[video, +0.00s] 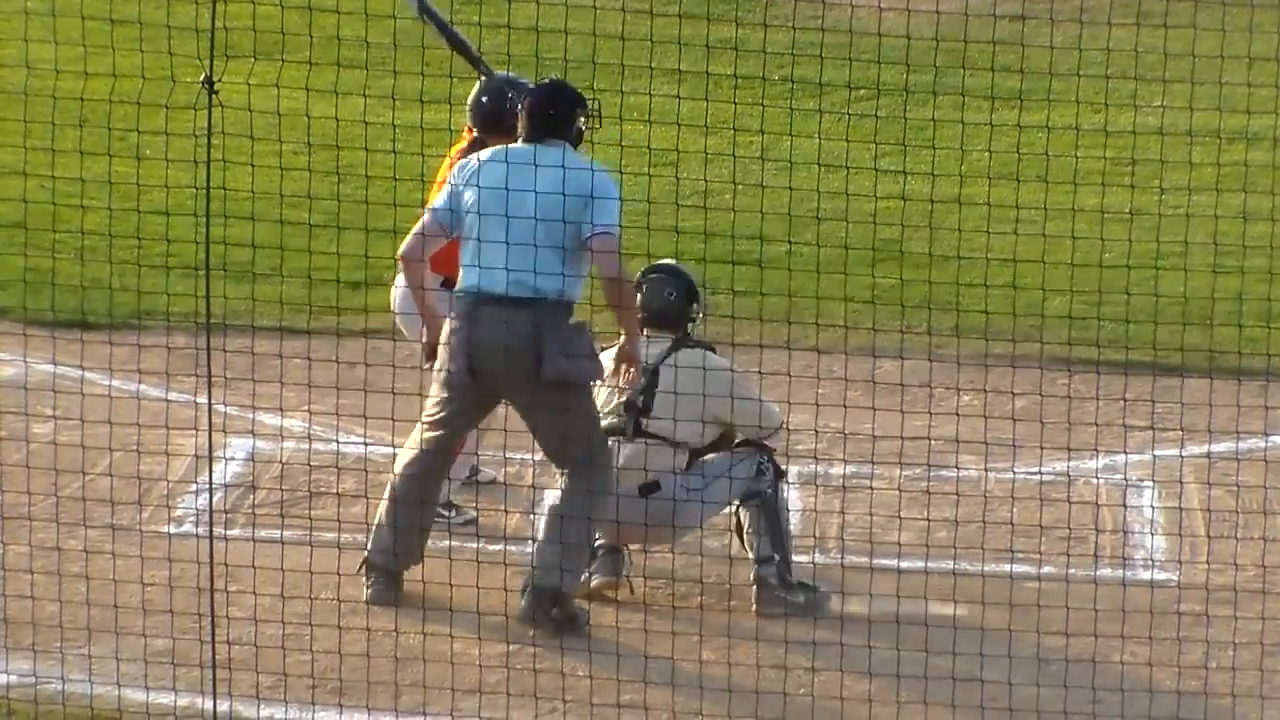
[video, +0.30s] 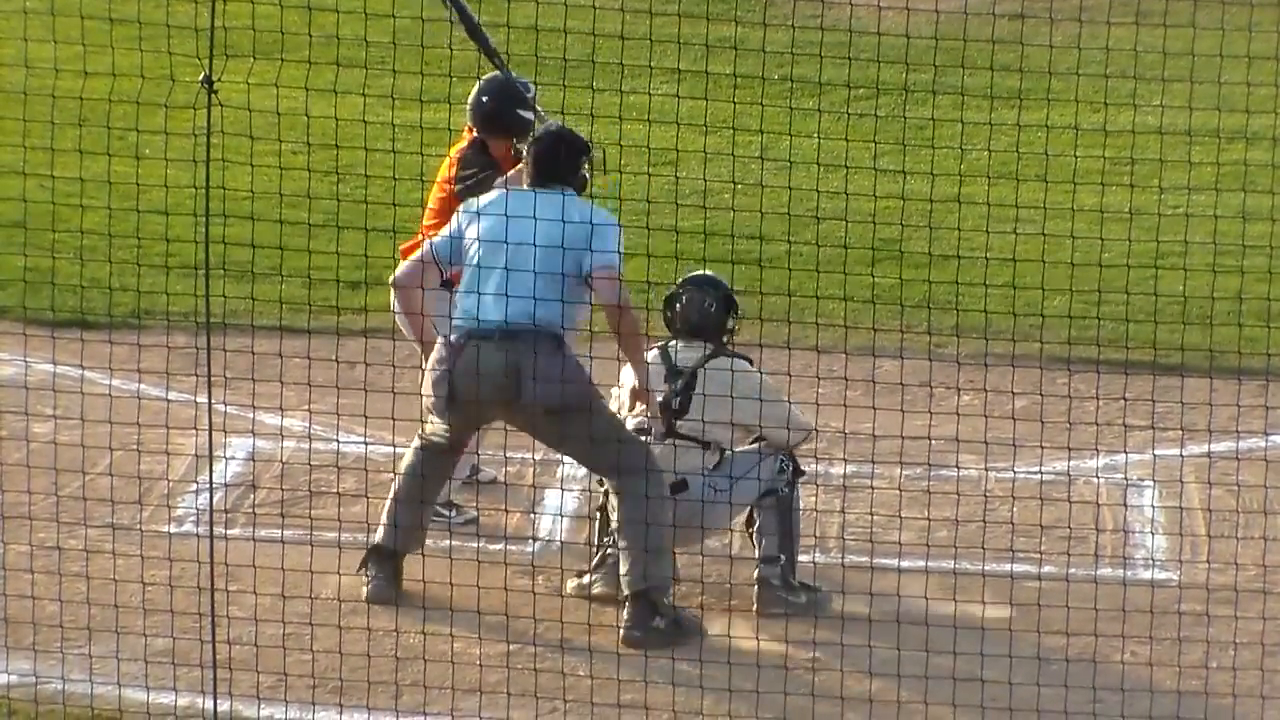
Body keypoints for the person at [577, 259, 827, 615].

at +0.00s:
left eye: (637, 299)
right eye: (691, 306)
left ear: (636, 310)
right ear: (687, 315)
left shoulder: (604, 361)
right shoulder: (703, 365)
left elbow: (593, 429)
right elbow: (769, 428)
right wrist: (701, 450)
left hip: (594, 504)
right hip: (660, 510)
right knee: (759, 464)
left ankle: (605, 561)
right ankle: (775, 584)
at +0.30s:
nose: (730, 323)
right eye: (727, 316)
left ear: (672, 319)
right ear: (722, 324)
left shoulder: (639, 363)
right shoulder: (734, 372)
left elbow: (613, 418)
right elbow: (795, 432)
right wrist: (745, 447)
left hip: (629, 504)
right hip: (691, 508)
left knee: (610, 450)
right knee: (779, 462)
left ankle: (605, 570)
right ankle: (776, 580)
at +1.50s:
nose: (724, 346)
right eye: (721, 339)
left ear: (662, 342)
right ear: (716, 346)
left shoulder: (636, 382)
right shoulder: (724, 394)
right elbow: (740, 479)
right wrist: (763, 548)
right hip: (690, 510)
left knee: (615, 470)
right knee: (765, 476)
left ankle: (606, 578)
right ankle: (776, 593)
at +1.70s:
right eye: (720, 335)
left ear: (663, 340)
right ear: (717, 344)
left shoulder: (636, 378)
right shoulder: (726, 391)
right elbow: (744, 476)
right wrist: (769, 546)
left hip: (628, 503)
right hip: (694, 509)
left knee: (615, 468)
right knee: (765, 474)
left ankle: (607, 576)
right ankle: (775, 591)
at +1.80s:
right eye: (722, 338)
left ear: (664, 342)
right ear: (718, 345)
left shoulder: (637, 381)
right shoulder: (727, 394)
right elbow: (745, 478)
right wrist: (770, 547)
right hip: (693, 515)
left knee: (617, 469)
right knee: (766, 472)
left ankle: (607, 577)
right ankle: (774, 593)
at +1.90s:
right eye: (722, 339)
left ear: (666, 342)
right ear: (720, 347)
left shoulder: (638, 380)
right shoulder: (728, 395)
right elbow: (746, 480)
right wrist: (769, 548)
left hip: (628, 510)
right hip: (693, 516)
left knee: (618, 469)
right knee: (766, 473)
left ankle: (607, 578)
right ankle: (774, 593)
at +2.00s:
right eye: (724, 342)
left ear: (666, 343)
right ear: (721, 349)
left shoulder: (639, 380)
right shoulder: (727, 396)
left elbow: (615, 444)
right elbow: (746, 481)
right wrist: (768, 548)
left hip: (630, 507)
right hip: (695, 513)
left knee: (620, 471)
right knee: (767, 477)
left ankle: (606, 579)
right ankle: (775, 594)